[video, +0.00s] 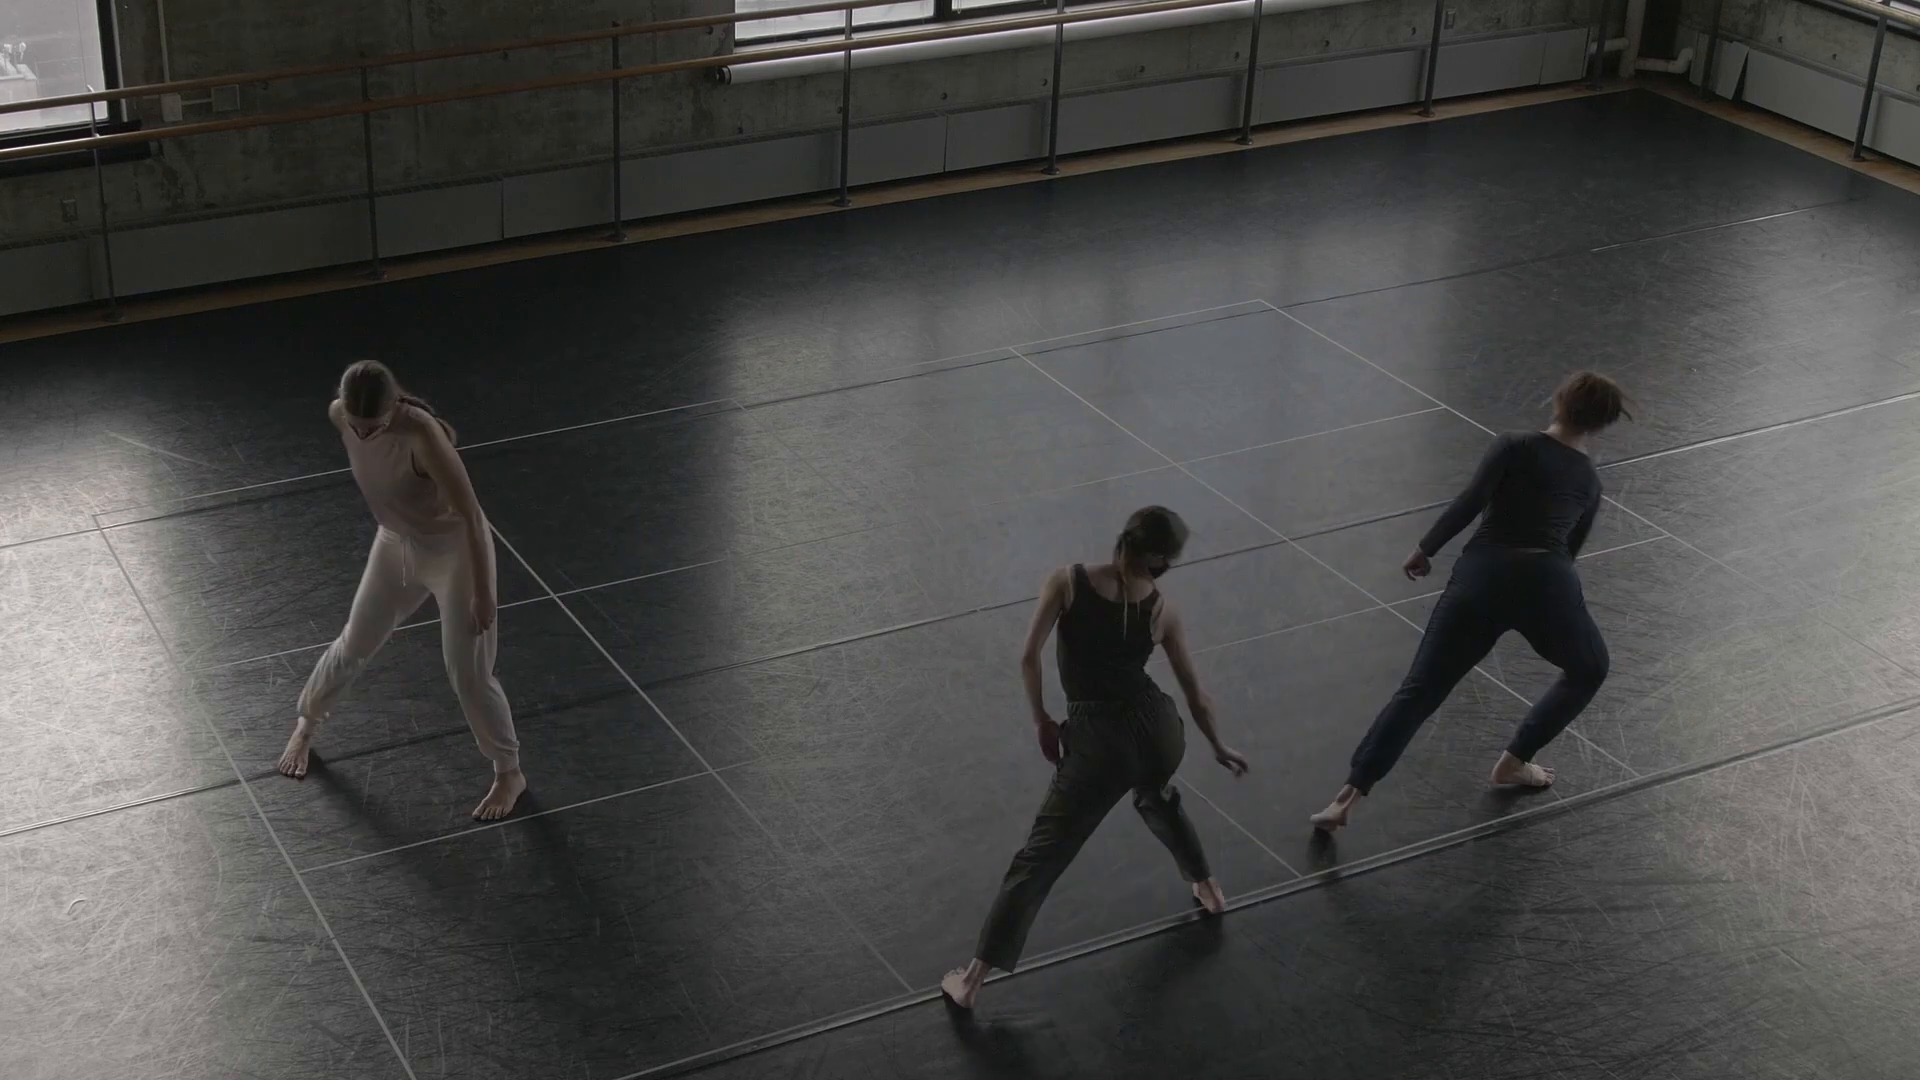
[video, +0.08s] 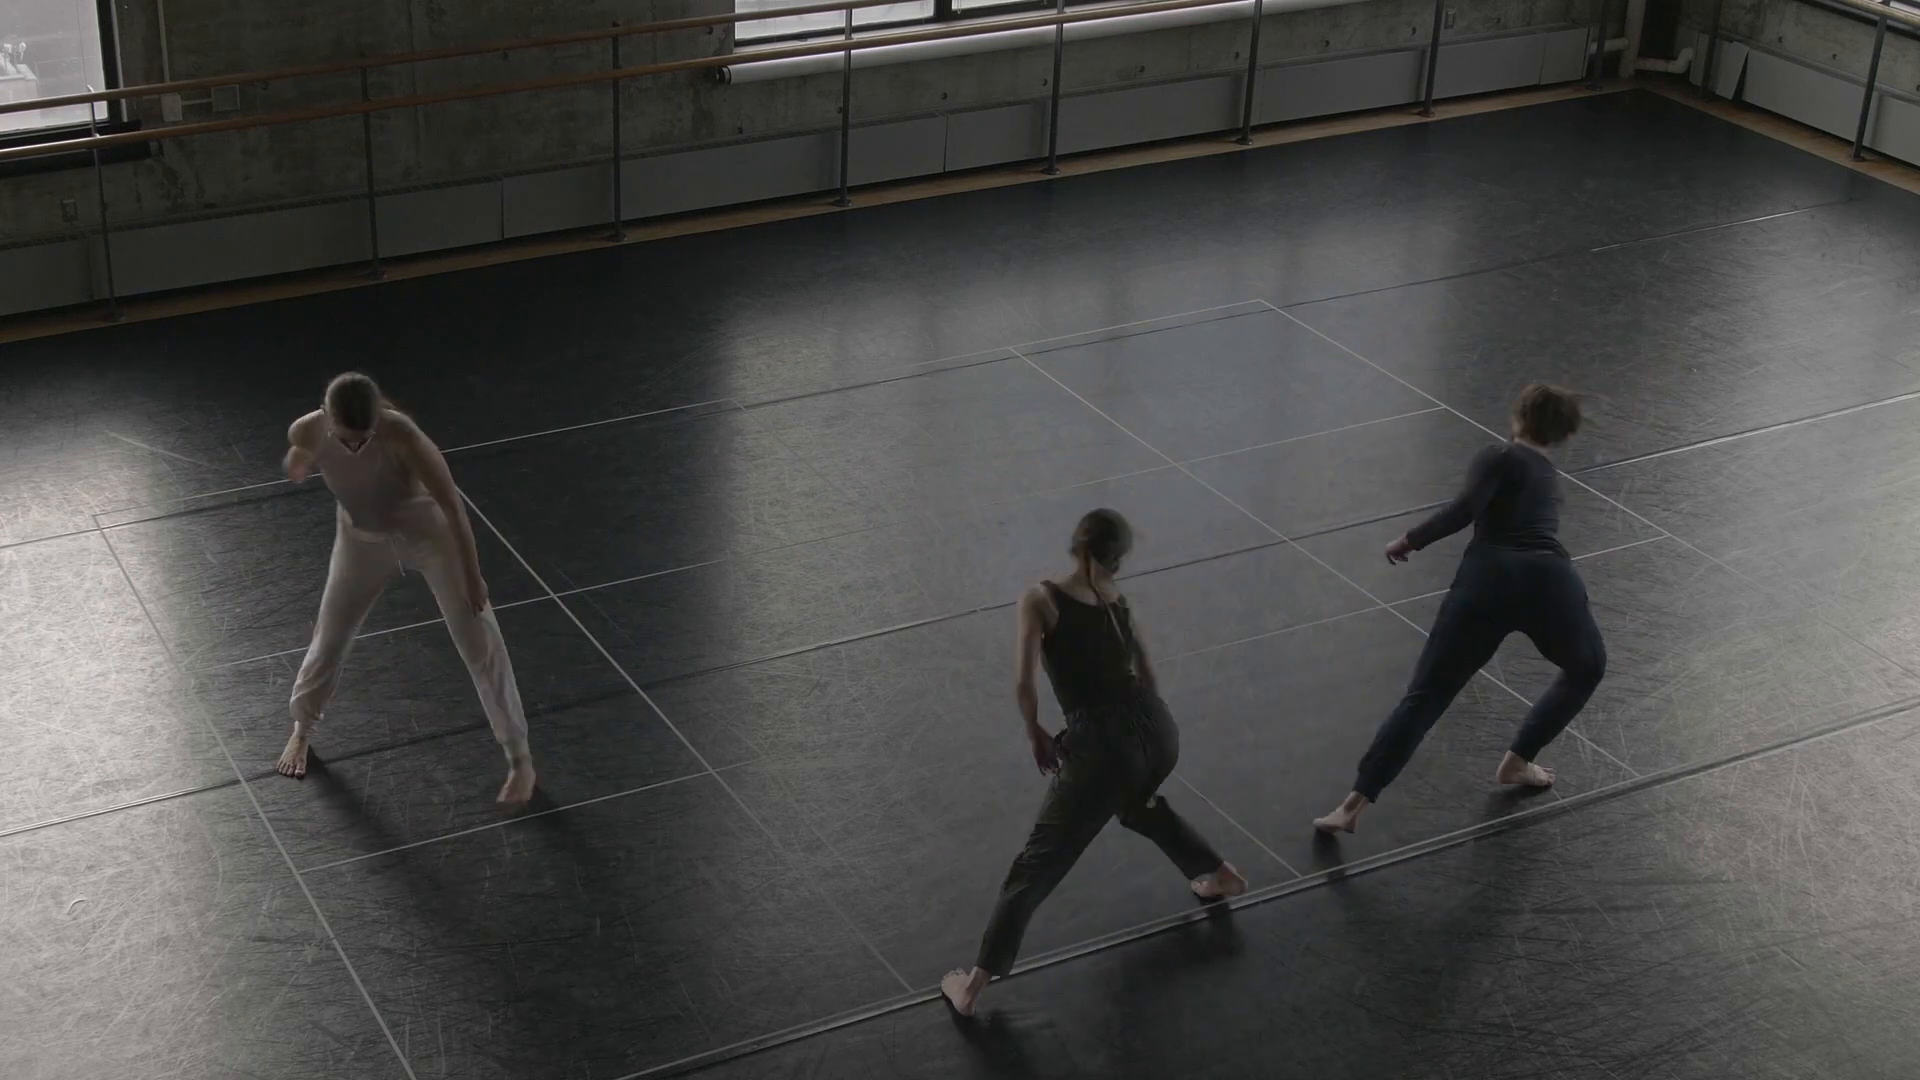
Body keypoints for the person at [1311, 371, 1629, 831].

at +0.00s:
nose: (1554, 405)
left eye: (1558, 399)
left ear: (1557, 406)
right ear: (1600, 425)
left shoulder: (1513, 445)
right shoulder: (1590, 482)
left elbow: (1471, 502)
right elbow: (1569, 550)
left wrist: (1424, 549)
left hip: (1482, 575)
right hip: (1547, 586)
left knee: (1420, 687)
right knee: (1589, 669)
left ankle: (1346, 798)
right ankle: (1513, 763)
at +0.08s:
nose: (1513, 422)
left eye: (1517, 416)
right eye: (1521, 418)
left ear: (1519, 421)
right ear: (1559, 433)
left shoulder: (1496, 456)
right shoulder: (1550, 473)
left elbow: (1464, 510)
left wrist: (1409, 540)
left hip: (1486, 581)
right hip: (1549, 582)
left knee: (1425, 695)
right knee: (1587, 667)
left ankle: (1354, 804)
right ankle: (1517, 761)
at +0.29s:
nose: (1389, 483)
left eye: (1390, 475)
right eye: (1389, 476)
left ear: (1404, 474)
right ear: (1438, 474)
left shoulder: (1402, 498)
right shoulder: (1457, 507)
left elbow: (1345, 548)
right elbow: (1437, 593)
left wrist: (1299, 576)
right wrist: (1414, 656)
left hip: (1475, 566)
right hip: (1540, 559)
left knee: (1446, 694)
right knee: (1558, 661)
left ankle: (1403, 812)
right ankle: (1543, 754)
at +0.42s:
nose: (1332, 506)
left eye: (1333, 498)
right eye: (1333, 498)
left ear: (1345, 495)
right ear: (1375, 489)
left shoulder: (1344, 524)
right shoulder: (1406, 510)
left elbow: (1290, 583)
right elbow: (1424, 580)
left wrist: (1235, 624)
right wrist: (1413, 655)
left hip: (1449, 560)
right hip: (1506, 549)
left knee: (1452, 692)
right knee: (1528, 661)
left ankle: (1445, 814)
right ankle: (1564, 742)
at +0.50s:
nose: (1298, 512)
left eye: (1298, 504)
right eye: (1298, 504)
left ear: (1308, 500)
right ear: (1339, 490)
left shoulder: (1312, 532)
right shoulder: (1375, 506)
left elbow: (1267, 598)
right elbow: (1417, 571)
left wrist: (1220, 654)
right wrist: (1411, 653)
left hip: (1421, 564)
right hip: (1471, 548)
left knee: (1450, 692)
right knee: (1502, 663)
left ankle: (1474, 808)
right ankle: (1567, 740)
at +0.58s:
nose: (1258, 510)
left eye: (1258, 502)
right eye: (1258, 503)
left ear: (1269, 494)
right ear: (1299, 485)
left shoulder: (1279, 521)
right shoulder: (1338, 500)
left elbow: (1247, 594)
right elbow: (1383, 567)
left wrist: (1219, 655)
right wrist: (1408, 650)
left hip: (1382, 563)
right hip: (1425, 540)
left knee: (1440, 682)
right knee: (1484, 663)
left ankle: (1496, 791)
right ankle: (1565, 745)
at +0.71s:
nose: (1221, 496)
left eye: (1219, 488)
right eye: (1218, 489)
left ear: (1229, 479)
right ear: (1258, 463)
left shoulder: (1241, 509)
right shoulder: (1303, 482)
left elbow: (1227, 590)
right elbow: (1333, 546)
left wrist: (1216, 656)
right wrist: (1326, 623)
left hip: (1340, 568)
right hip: (1384, 541)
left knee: (1417, 672)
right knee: (1462, 644)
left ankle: (1493, 771)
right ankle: (1542, 746)